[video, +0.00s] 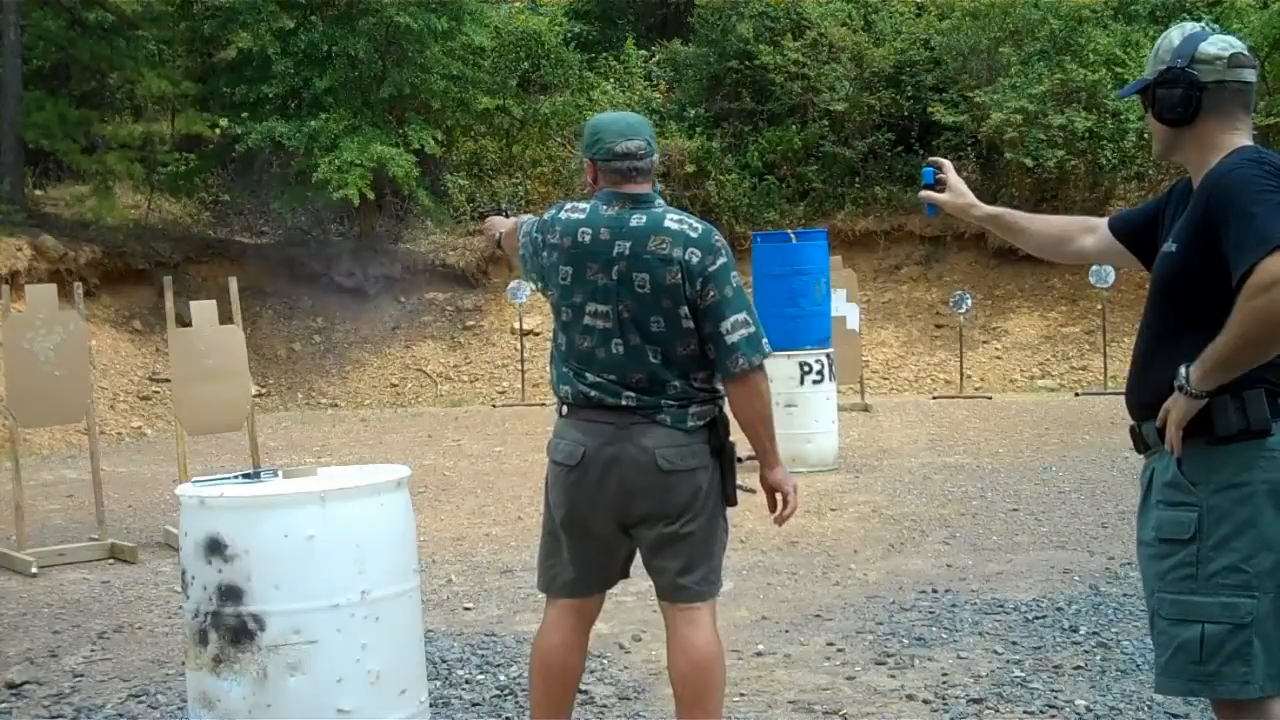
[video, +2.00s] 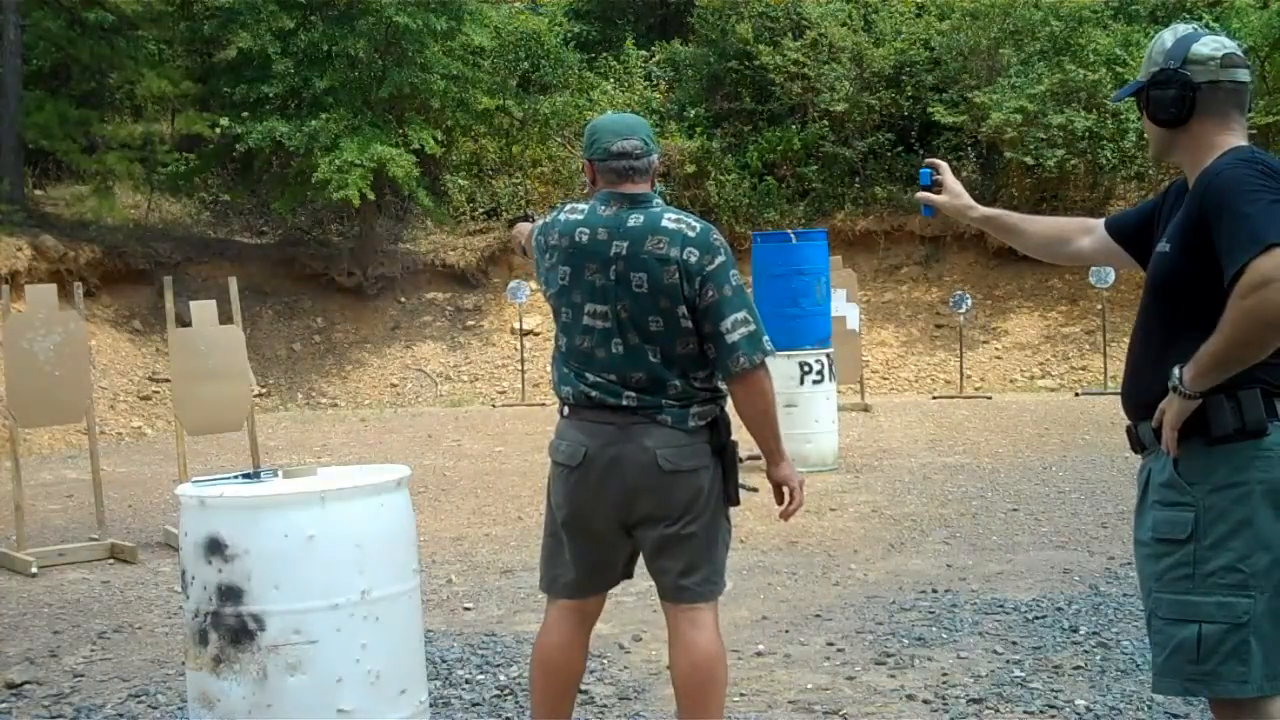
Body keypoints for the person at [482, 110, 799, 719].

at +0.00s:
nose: (582, 171)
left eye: (583, 164)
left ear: (590, 171)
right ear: (655, 168)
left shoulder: (559, 231)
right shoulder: (699, 241)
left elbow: (518, 241)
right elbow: (743, 366)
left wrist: (503, 228)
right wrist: (769, 462)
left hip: (583, 447)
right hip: (678, 451)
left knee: (567, 609)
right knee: (690, 611)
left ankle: (546, 716)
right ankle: (701, 716)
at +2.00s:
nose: (583, 174)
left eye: (585, 167)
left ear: (590, 172)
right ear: (656, 167)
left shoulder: (562, 234)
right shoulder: (696, 240)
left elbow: (528, 235)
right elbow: (745, 365)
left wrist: (530, 229)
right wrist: (776, 456)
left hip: (584, 446)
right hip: (681, 450)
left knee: (569, 606)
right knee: (693, 611)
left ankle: (547, 715)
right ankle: (703, 719)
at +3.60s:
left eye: (611, 167)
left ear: (613, 173)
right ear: (679, 171)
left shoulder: (578, 237)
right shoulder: (715, 246)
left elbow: (558, 313)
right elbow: (759, 365)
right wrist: (773, 430)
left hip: (600, 448)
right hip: (694, 453)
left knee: (575, 608)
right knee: (699, 614)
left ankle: (550, 713)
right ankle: (706, 718)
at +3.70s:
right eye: (679, 169)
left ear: (622, 177)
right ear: (685, 176)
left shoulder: (587, 247)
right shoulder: (723, 249)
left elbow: (565, 343)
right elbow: (768, 364)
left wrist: (628, 360)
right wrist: (723, 381)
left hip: (606, 453)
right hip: (699, 455)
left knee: (576, 603)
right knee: (702, 614)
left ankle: (565, 713)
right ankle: (706, 717)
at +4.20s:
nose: (652, 212)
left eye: (645, 205)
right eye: (650, 204)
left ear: (590, 211)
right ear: (642, 208)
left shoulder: (561, 263)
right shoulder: (676, 259)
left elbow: (552, 350)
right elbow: (718, 347)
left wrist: (609, 332)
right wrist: (682, 311)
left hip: (573, 432)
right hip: (656, 433)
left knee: (579, 575)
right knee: (689, 574)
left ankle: (586, 708)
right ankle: (696, 696)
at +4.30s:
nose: (646, 209)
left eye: (640, 202)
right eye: (644, 202)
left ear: (584, 207)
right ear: (635, 205)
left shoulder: (557, 254)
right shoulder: (660, 249)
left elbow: (574, 316)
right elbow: (702, 314)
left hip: (566, 425)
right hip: (645, 428)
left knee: (577, 575)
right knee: (679, 557)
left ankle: (585, 708)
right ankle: (665, 654)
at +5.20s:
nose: (671, 216)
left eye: (668, 209)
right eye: (669, 209)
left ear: (623, 211)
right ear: (659, 213)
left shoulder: (597, 249)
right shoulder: (673, 248)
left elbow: (642, 260)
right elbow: (705, 266)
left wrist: (694, 240)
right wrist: (711, 240)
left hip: (604, 388)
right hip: (664, 391)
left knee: (614, 503)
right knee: (684, 495)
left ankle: (615, 622)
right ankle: (677, 608)